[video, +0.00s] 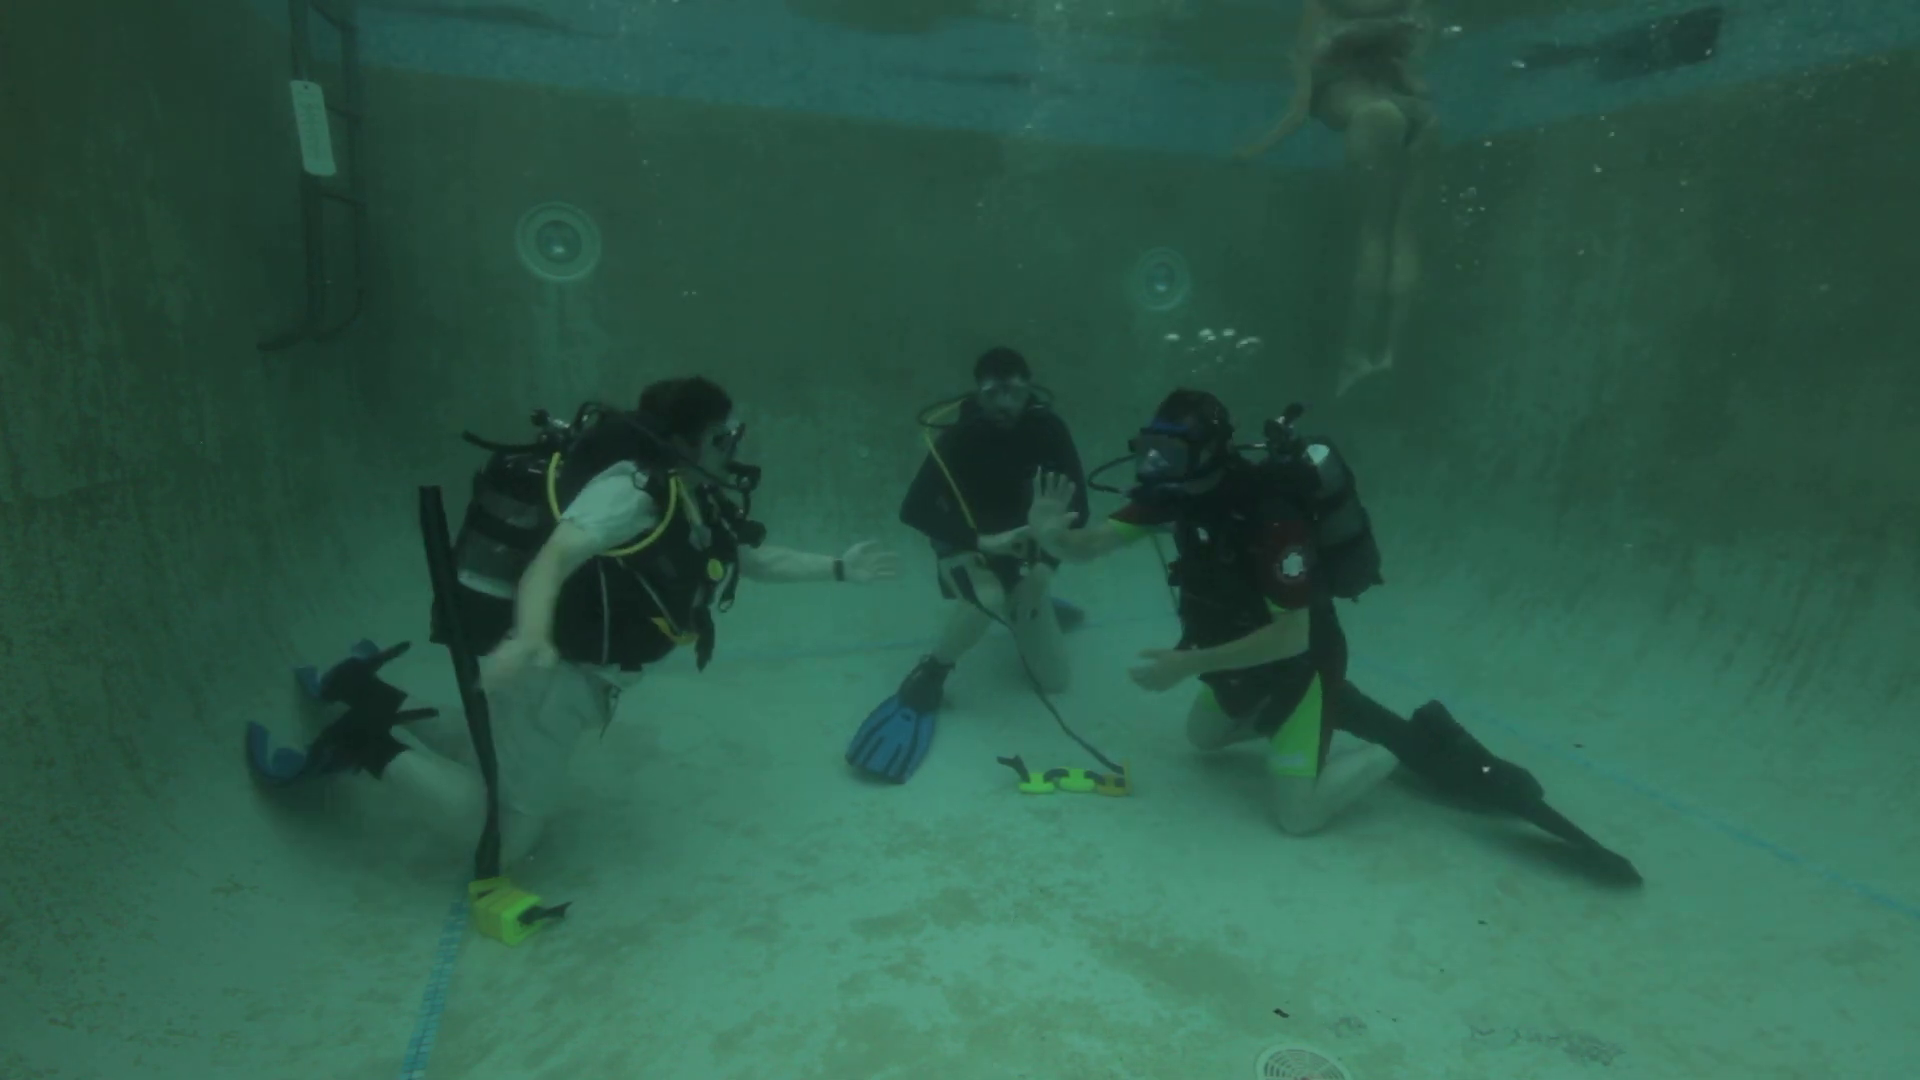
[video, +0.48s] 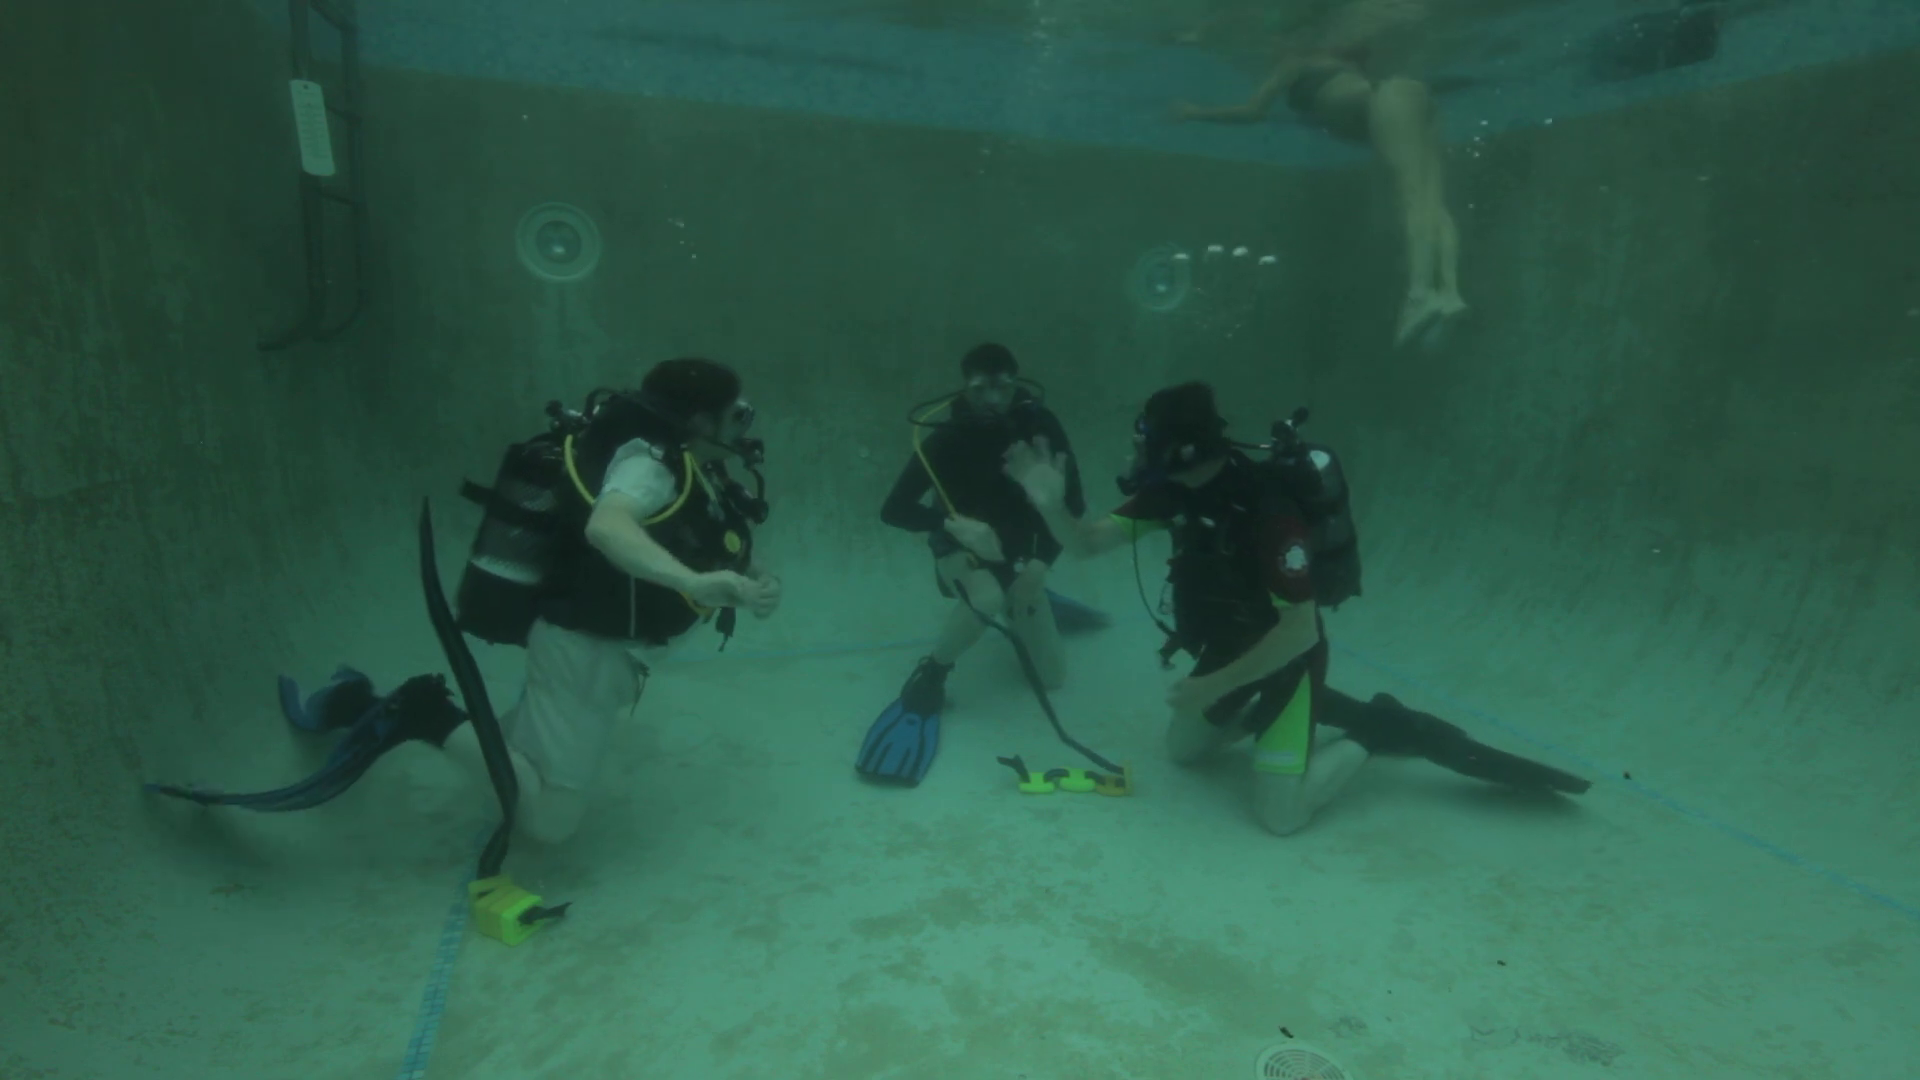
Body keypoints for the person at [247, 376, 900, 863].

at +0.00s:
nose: (734, 451)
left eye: (733, 438)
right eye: (726, 439)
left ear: (693, 440)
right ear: (691, 442)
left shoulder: (695, 494)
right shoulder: (632, 488)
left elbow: (750, 556)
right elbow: (550, 558)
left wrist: (835, 565)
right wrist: (530, 635)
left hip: (595, 665)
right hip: (541, 663)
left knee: (527, 782)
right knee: (509, 831)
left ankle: (377, 704)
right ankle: (369, 746)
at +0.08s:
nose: (734, 447)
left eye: (733, 434)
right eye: (725, 435)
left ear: (695, 439)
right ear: (687, 439)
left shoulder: (697, 490)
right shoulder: (635, 485)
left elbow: (750, 555)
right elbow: (564, 564)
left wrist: (829, 570)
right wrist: (575, 635)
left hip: (591, 665)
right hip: (545, 666)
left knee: (518, 754)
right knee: (519, 830)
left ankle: (374, 709)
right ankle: (379, 745)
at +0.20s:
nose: (730, 443)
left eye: (729, 431)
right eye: (721, 431)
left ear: (688, 432)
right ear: (686, 434)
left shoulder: (692, 482)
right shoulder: (640, 479)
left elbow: (725, 553)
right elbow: (585, 559)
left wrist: (782, 578)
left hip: (596, 660)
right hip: (560, 659)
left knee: (529, 781)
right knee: (530, 830)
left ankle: (366, 710)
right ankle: (382, 736)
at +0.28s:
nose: (729, 439)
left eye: (728, 427)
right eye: (722, 427)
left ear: (684, 423)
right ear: (687, 425)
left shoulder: (684, 470)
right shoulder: (640, 471)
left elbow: (715, 537)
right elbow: (597, 551)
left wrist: (759, 573)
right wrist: (682, 603)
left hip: (602, 650)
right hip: (569, 651)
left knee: (535, 781)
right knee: (540, 816)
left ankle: (388, 721)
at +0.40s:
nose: (735, 435)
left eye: (734, 422)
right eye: (726, 423)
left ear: (684, 420)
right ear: (692, 424)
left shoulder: (679, 464)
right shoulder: (646, 465)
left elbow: (693, 548)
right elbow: (608, 537)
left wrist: (734, 582)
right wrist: (702, 584)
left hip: (600, 646)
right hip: (575, 648)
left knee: (536, 773)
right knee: (544, 820)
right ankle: (416, 722)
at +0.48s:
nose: (745, 428)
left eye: (745, 415)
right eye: (736, 416)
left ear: (696, 420)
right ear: (699, 421)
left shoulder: (690, 464)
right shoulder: (649, 459)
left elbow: (700, 544)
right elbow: (608, 527)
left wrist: (745, 581)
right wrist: (691, 582)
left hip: (609, 646)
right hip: (582, 646)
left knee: (521, 760)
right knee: (551, 815)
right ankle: (434, 719)